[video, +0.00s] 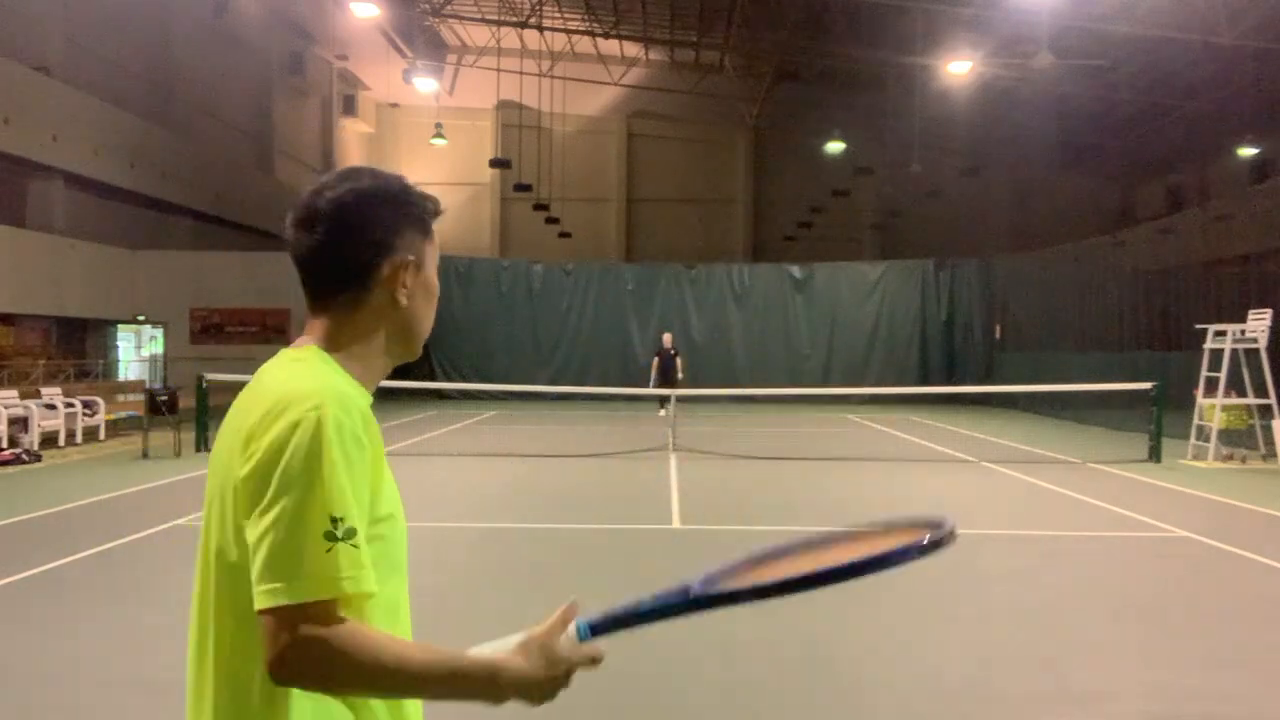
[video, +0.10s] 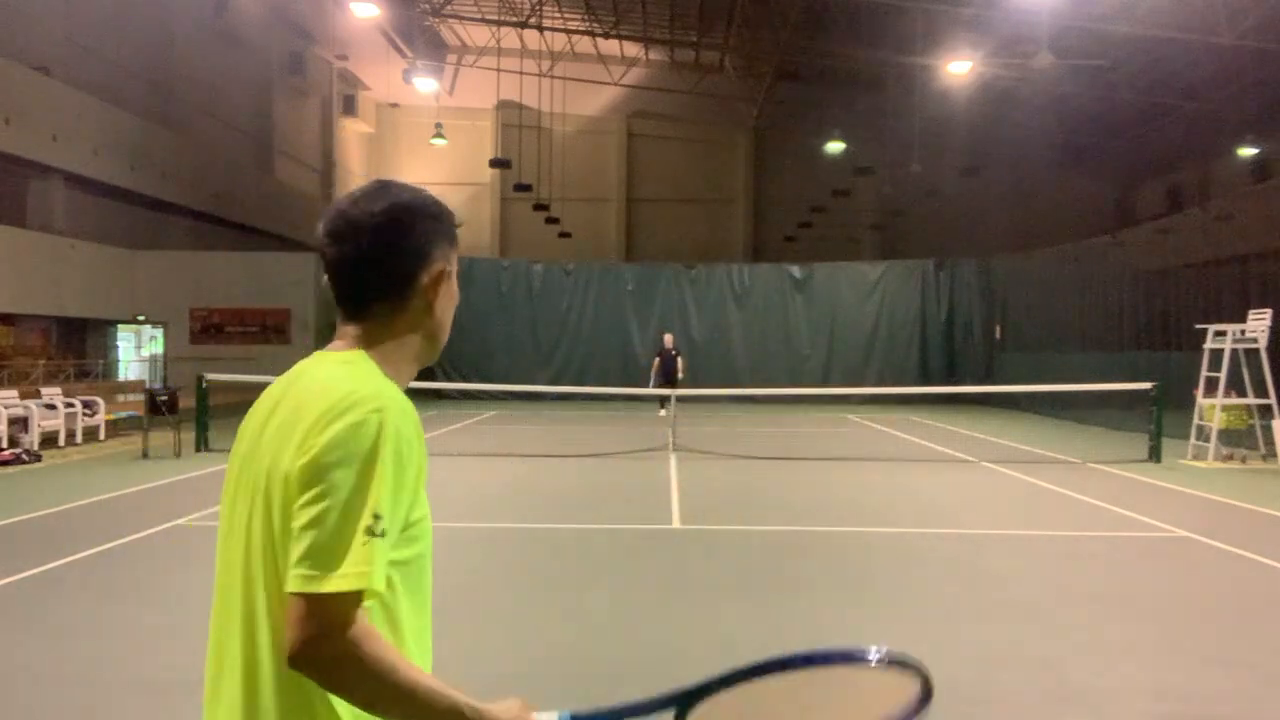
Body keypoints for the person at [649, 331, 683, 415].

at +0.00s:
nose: (667, 342)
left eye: (668, 339)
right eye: (665, 339)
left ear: (671, 340)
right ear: (662, 341)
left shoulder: (675, 352)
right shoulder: (659, 352)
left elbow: (678, 362)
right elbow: (654, 364)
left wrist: (679, 372)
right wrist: (653, 375)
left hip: (671, 374)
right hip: (661, 374)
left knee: (671, 390)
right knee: (661, 390)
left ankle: (669, 405)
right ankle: (662, 407)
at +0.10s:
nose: (668, 342)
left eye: (669, 340)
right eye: (666, 340)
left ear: (672, 340)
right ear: (663, 341)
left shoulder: (676, 352)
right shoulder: (661, 352)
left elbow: (679, 362)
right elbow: (656, 363)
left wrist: (680, 372)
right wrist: (653, 373)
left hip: (672, 374)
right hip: (663, 374)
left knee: (672, 390)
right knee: (662, 390)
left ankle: (671, 406)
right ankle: (662, 408)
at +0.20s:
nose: (669, 342)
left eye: (671, 340)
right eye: (668, 340)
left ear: (674, 341)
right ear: (665, 341)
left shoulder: (677, 352)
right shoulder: (662, 352)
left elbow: (680, 362)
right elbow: (656, 363)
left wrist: (680, 371)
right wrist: (654, 373)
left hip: (673, 374)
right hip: (664, 374)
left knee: (672, 389)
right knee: (662, 389)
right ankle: (662, 407)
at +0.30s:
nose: (671, 342)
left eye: (672, 340)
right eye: (669, 340)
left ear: (675, 341)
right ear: (667, 341)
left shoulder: (678, 351)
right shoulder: (664, 351)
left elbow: (681, 361)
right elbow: (658, 362)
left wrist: (681, 370)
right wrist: (656, 371)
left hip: (674, 373)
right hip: (665, 373)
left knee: (675, 388)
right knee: (663, 389)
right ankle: (663, 406)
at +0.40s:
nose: (672, 341)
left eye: (674, 339)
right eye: (670, 339)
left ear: (676, 340)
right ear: (668, 340)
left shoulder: (678, 351)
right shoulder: (665, 351)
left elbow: (682, 360)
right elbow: (659, 361)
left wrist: (682, 369)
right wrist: (658, 371)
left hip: (675, 372)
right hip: (666, 372)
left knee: (675, 388)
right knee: (665, 388)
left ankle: (672, 403)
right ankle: (665, 405)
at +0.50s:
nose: (673, 341)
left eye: (674, 339)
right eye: (671, 339)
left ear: (676, 340)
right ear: (668, 340)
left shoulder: (679, 351)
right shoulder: (665, 351)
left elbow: (683, 361)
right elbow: (660, 362)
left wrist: (683, 370)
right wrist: (659, 372)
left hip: (676, 373)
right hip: (667, 372)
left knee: (675, 389)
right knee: (666, 388)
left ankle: (672, 403)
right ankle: (667, 404)